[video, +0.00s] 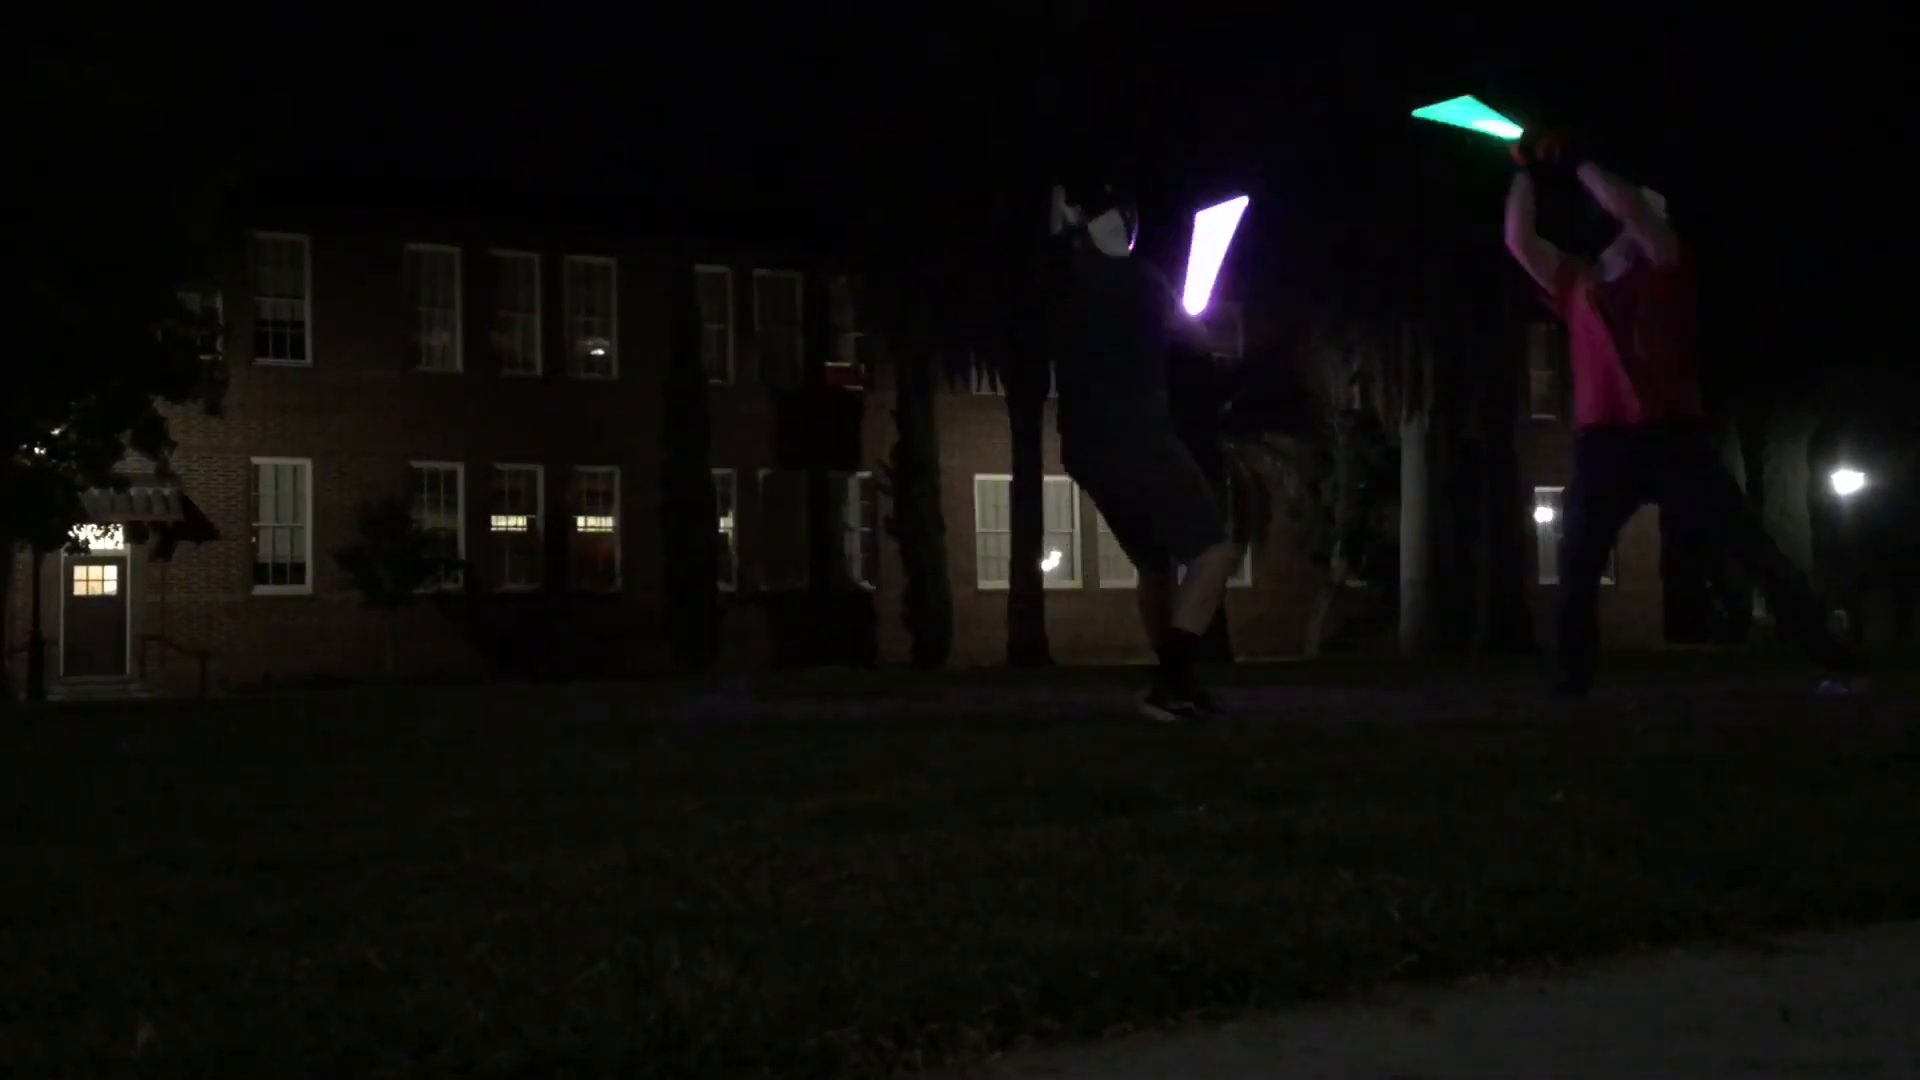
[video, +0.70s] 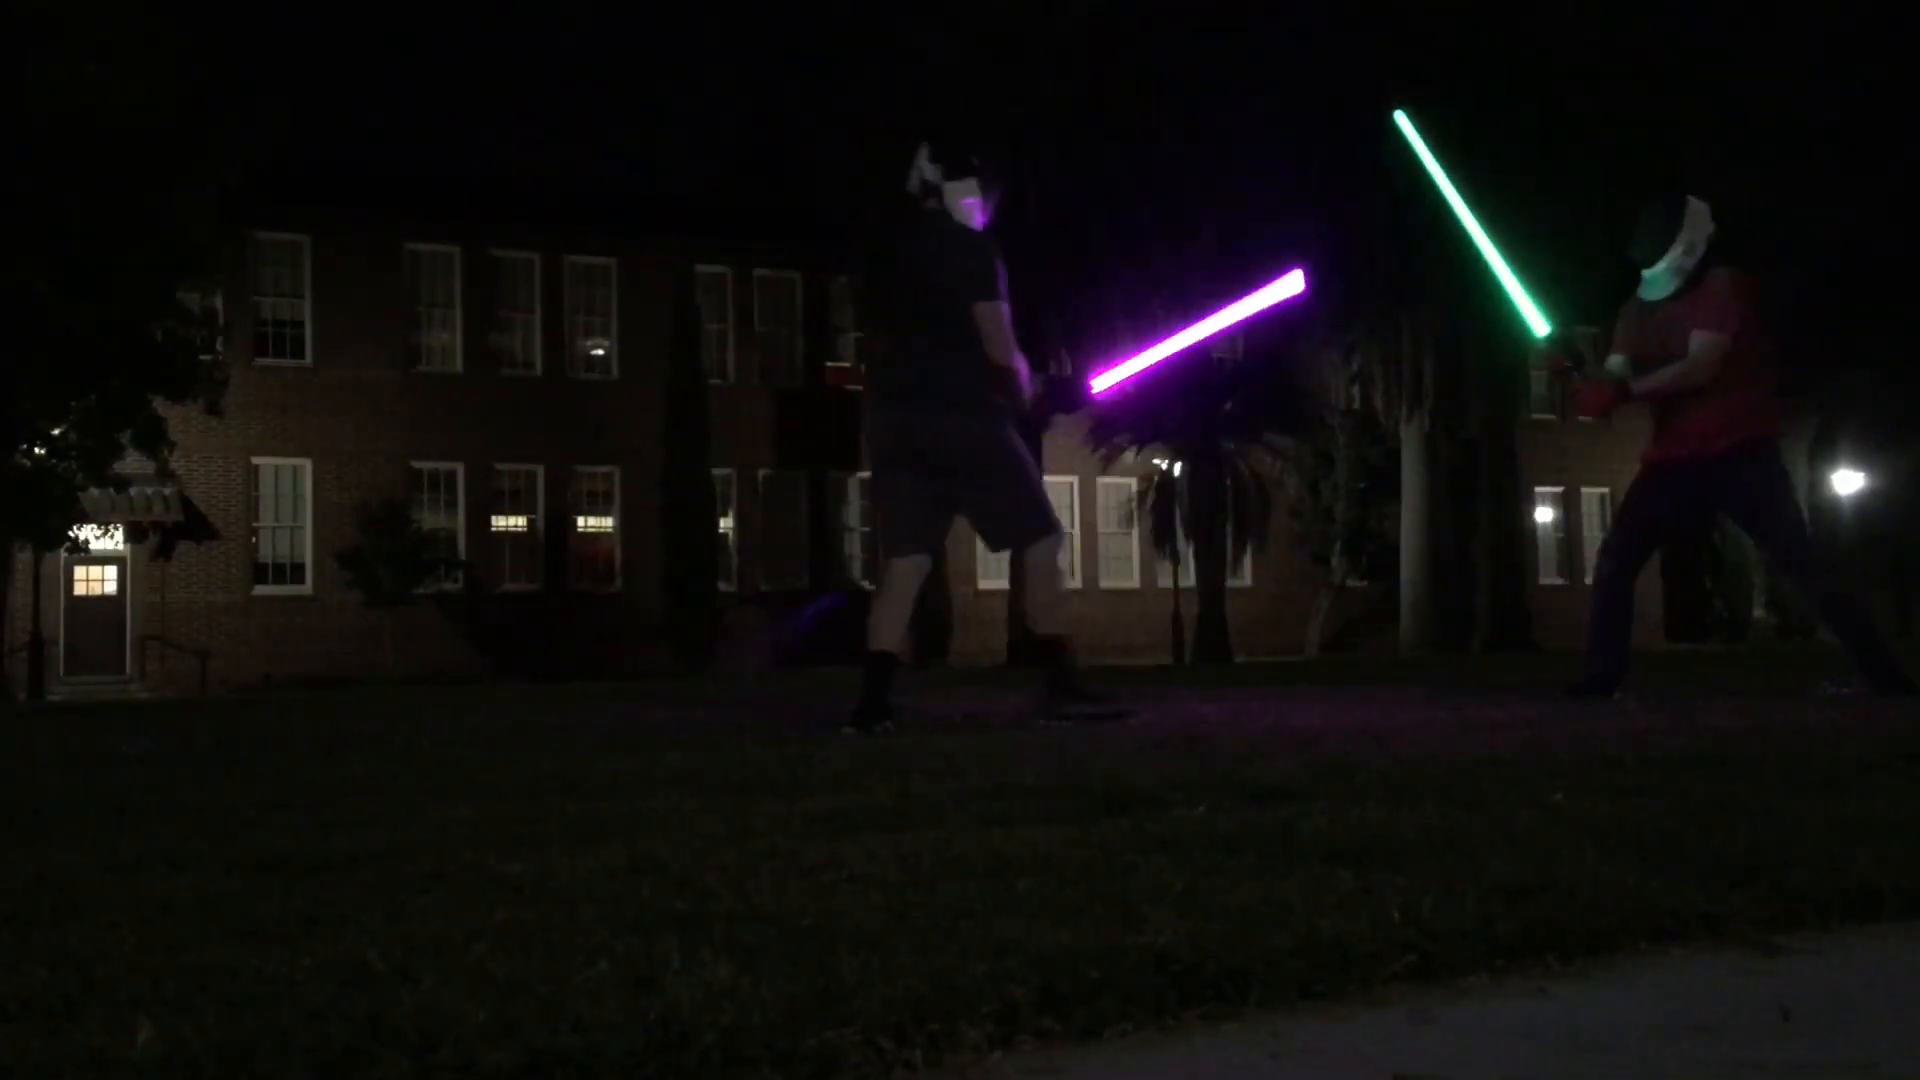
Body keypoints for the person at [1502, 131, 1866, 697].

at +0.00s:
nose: (1624, 228)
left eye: (1635, 217)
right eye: (1620, 218)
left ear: (1651, 227)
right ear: (1605, 226)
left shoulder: (1666, 269)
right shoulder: (1577, 282)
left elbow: (1628, 209)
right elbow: (1519, 240)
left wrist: (1575, 160)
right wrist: (1524, 172)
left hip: (1673, 438)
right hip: (1604, 443)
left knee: (1747, 549)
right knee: (1578, 563)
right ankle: (1571, 680)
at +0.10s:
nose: (1626, 266)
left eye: (1638, 254)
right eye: (1624, 257)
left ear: (1667, 244)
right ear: (1632, 250)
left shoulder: (1702, 286)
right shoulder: (1618, 300)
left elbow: (1642, 269)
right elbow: (1544, 289)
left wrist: (1584, 231)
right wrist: (1548, 223)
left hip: (1713, 455)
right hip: (1646, 462)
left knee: (1789, 571)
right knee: (1607, 578)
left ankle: (1882, 670)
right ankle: (1573, 689)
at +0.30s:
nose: (1682, 239)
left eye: (1696, 228)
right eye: (1682, 228)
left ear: (1727, 234)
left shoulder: (1762, 286)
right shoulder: (1681, 305)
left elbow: (1726, 346)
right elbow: (1635, 353)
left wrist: (1653, 347)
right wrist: (1599, 328)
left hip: (1769, 457)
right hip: (1700, 464)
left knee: (1828, 572)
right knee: (1649, 575)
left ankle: (1887, 676)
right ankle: (1595, 678)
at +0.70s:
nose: (1654, 267)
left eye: (1666, 253)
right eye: (1649, 257)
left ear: (1693, 242)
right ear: (1647, 252)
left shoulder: (1721, 290)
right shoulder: (1641, 308)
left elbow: (1699, 368)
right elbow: (1620, 370)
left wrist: (1626, 390)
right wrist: (1594, 386)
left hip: (1739, 457)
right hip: (1672, 462)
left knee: (1802, 568)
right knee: (1616, 564)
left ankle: (1885, 677)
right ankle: (1603, 676)